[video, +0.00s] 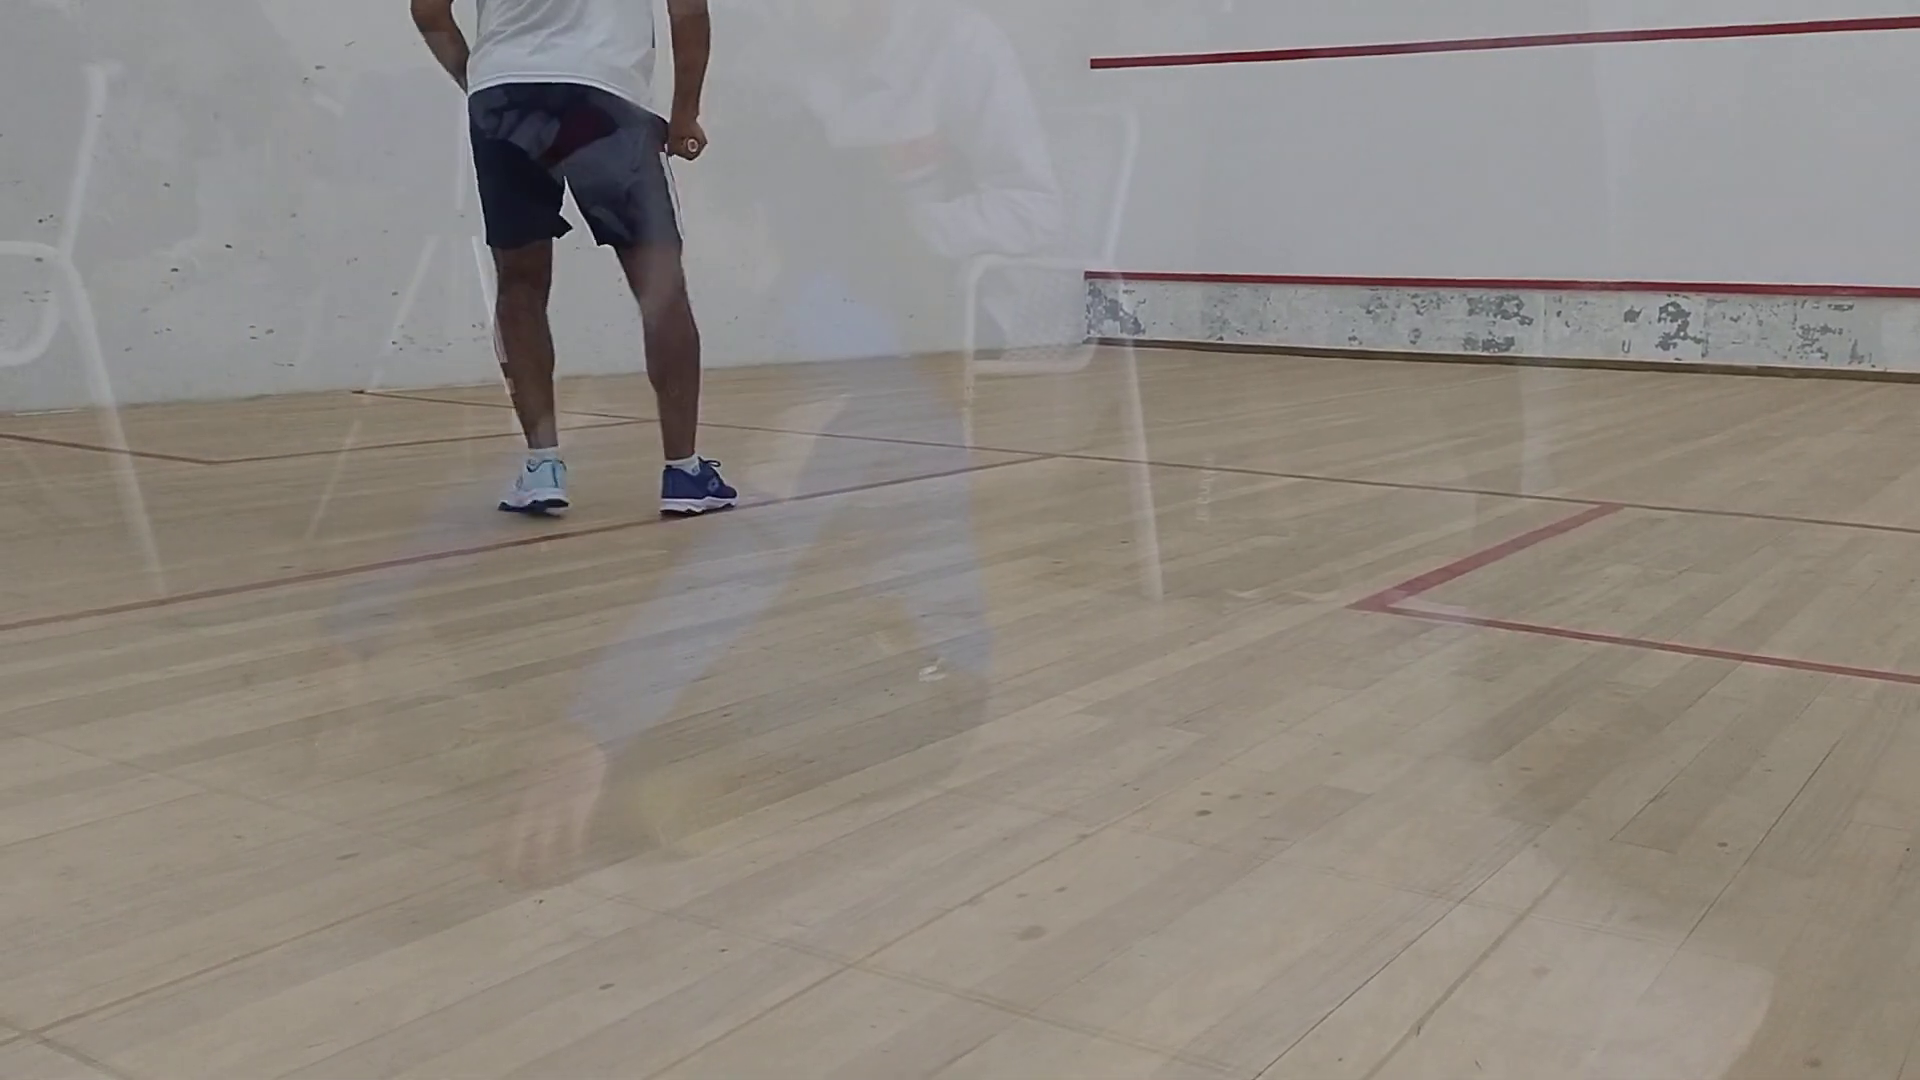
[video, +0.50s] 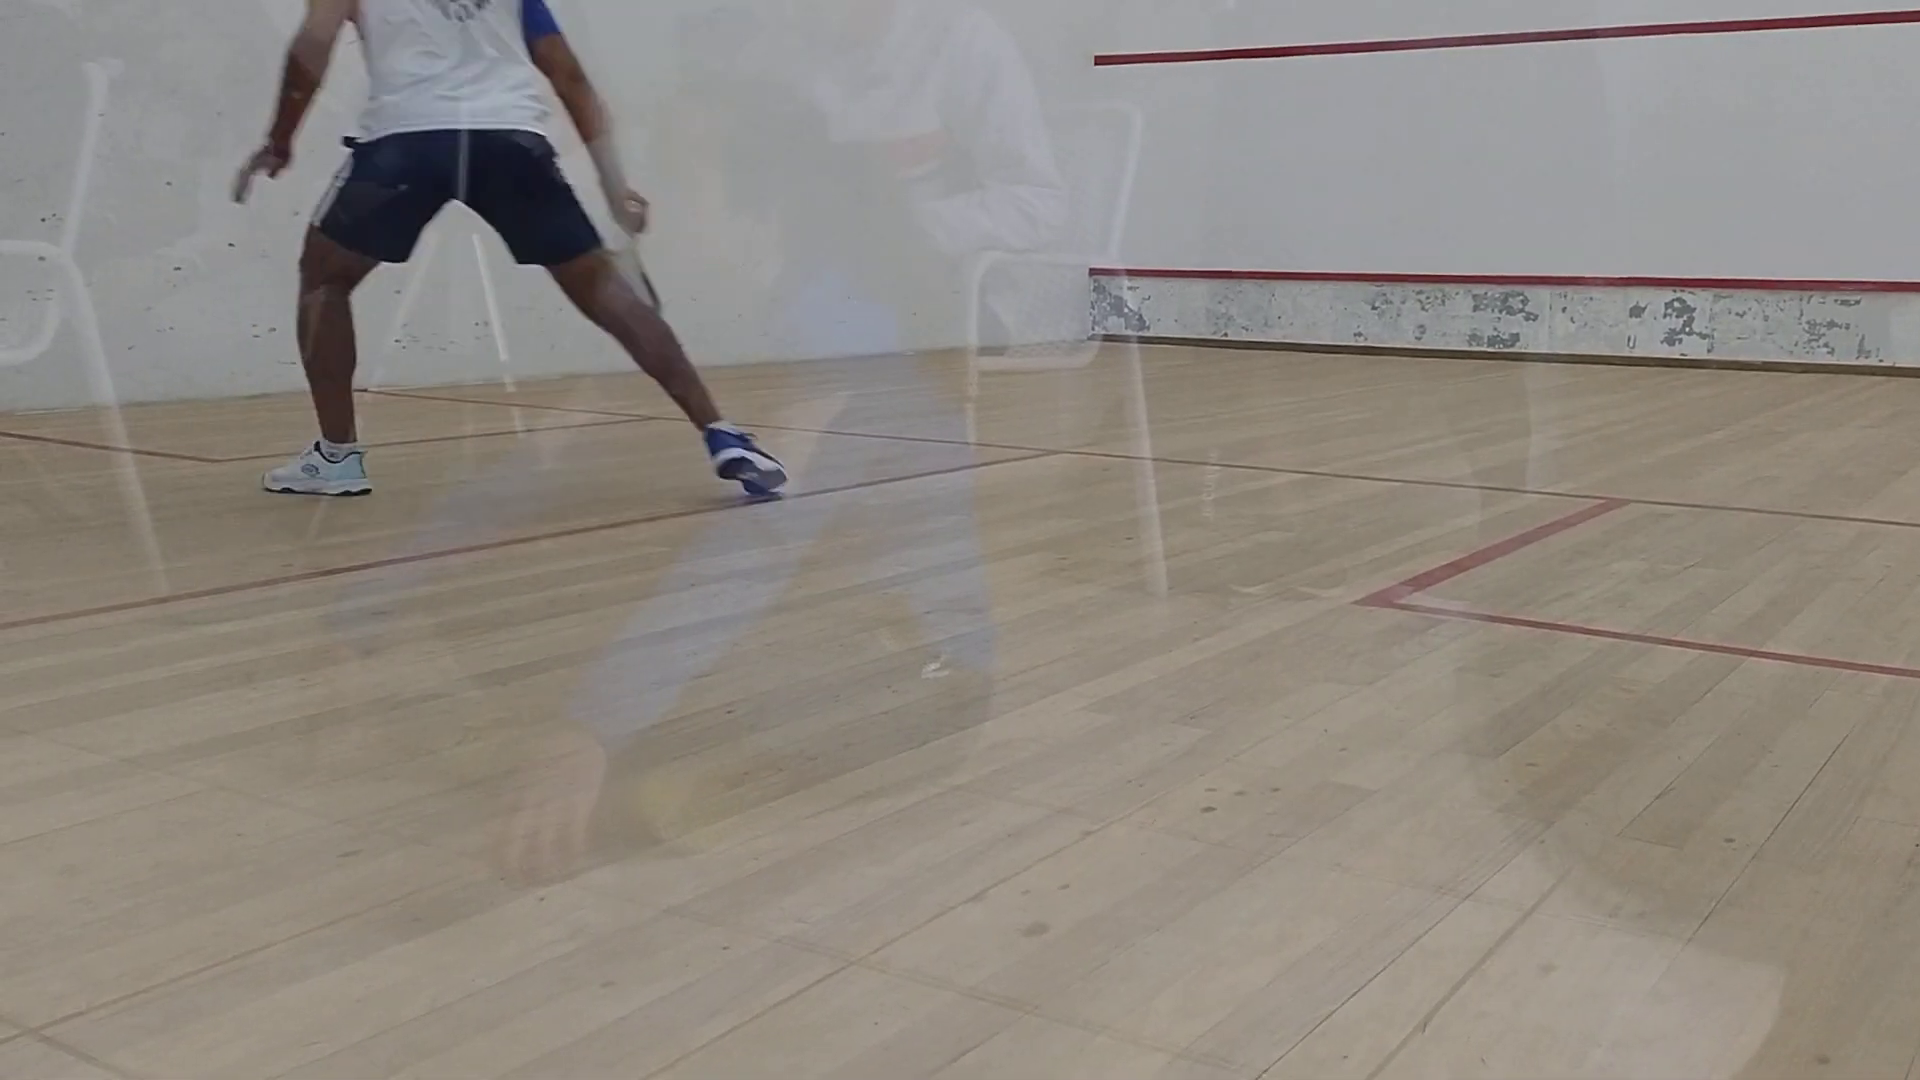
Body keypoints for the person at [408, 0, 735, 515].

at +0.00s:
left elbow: (428, 11)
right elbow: (689, 10)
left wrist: (485, 88)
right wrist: (684, 113)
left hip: (501, 86)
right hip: (606, 83)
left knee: (521, 288)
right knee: (661, 287)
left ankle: (542, 466)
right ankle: (684, 468)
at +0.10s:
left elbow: (436, 10)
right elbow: (699, 8)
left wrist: (482, 90)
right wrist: (705, 113)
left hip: (505, 74)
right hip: (612, 76)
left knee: (505, 283)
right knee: (673, 276)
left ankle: (530, 453)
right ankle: (689, 448)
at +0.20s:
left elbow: (435, 20)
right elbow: (709, 21)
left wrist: (455, 126)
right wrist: (721, 140)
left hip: (507, 94)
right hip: (614, 96)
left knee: (464, 266)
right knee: (686, 286)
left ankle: (483, 425)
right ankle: (735, 452)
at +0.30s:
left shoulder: (490, 2)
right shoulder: (658, 5)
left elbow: (431, 66)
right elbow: (716, 87)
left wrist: (422, 176)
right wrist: (737, 199)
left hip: (507, 144)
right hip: (617, 146)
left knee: (428, 272)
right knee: (701, 302)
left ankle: (387, 436)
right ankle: (752, 461)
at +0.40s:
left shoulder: (440, 4)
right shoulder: (604, 8)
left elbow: (391, 77)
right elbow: (662, 108)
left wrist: (370, 179)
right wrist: (708, 218)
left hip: (478, 156)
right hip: (587, 158)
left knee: (379, 269)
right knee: (678, 305)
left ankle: (339, 447)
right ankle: (750, 462)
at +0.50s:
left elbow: (308, 51)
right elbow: (568, 74)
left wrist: (279, 140)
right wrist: (618, 182)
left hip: (405, 141)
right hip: (513, 140)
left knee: (324, 279)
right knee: (605, 287)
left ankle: (337, 452)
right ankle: (720, 434)